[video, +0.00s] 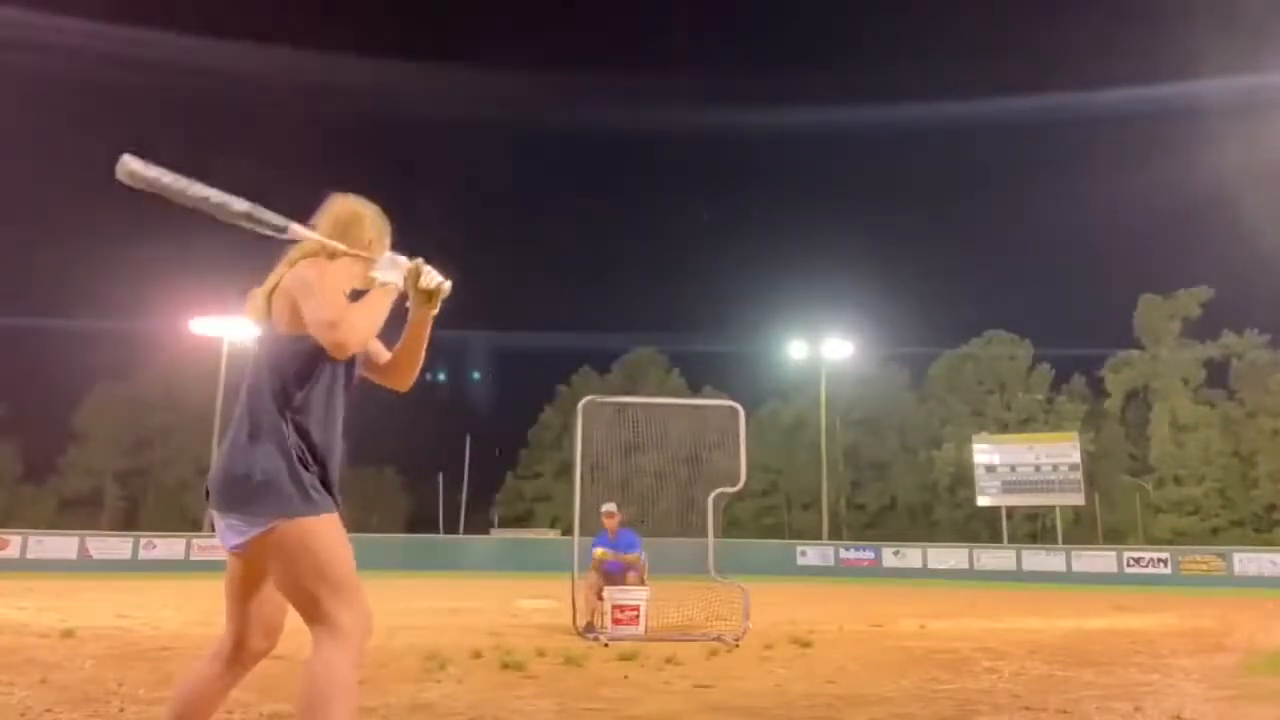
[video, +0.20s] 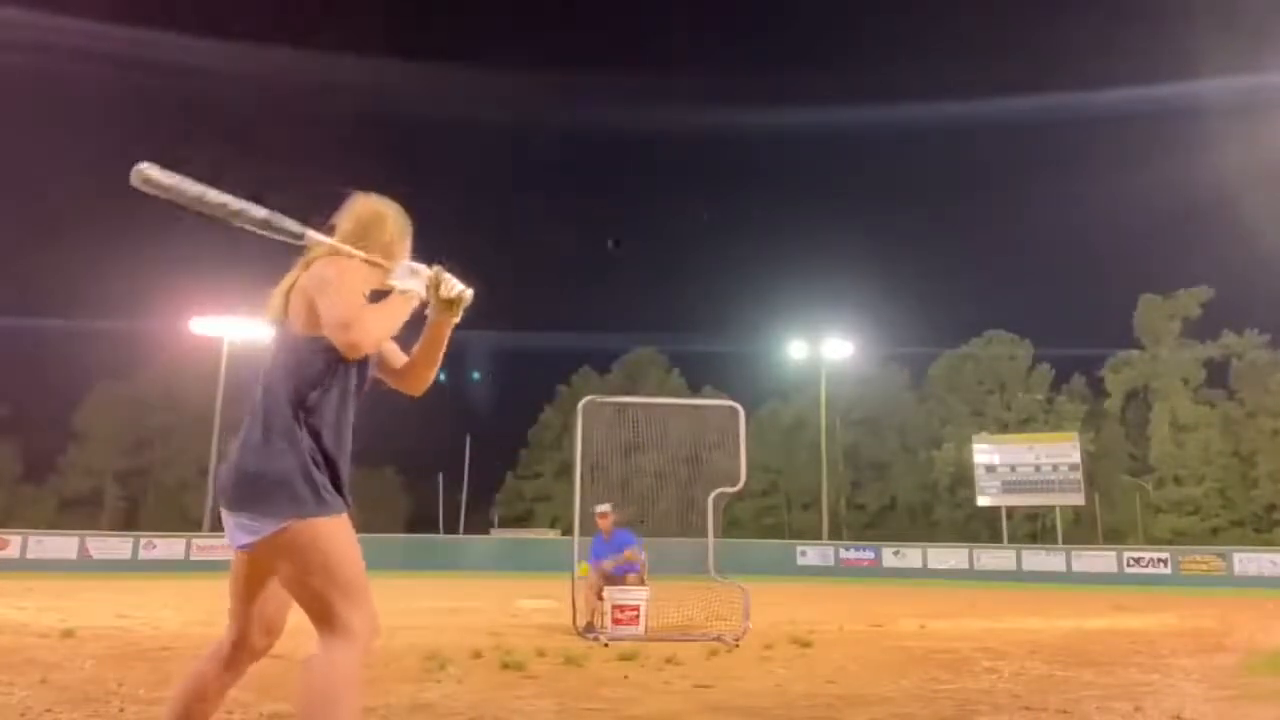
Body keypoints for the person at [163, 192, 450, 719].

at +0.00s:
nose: (378, 263)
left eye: (380, 257)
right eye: (376, 253)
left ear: (322, 236)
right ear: (360, 245)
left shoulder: (325, 297)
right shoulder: (315, 271)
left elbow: (398, 375)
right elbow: (342, 336)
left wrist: (423, 314)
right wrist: (390, 286)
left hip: (248, 475)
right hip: (274, 474)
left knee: (248, 639)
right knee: (345, 625)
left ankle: (176, 713)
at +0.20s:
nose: (398, 266)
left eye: (401, 258)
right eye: (398, 255)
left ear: (343, 234)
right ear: (388, 247)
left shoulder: (338, 292)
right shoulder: (336, 269)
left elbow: (413, 379)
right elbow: (353, 337)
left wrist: (445, 319)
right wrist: (411, 293)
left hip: (261, 476)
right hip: (286, 477)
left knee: (248, 638)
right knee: (351, 630)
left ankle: (176, 714)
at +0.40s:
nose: (426, 281)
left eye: (429, 272)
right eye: (427, 267)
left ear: (390, 240)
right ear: (411, 248)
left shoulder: (377, 309)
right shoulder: (353, 268)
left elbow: (424, 391)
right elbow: (365, 333)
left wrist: (470, 348)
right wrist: (445, 309)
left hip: (307, 477)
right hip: (293, 475)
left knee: (332, 634)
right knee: (369, 630)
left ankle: (242, 712)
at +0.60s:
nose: (457, 283)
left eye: (459, 273)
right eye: (458, 271)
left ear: (415, 257)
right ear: (442, 263)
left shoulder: (413, 316)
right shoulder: (367, 275)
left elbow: (428, 401)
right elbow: (341, 336)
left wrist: (462, 365)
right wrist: (437, 322)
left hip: (346, 486)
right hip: (299, 489)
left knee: (424, 591)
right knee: (372, 632)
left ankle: (339, 703)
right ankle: (329, 715)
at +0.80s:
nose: (473, 307)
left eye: (476, 299)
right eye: (472, 296)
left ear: (458, 292)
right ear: (450, 285)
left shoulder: (442, 333)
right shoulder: (387, 294)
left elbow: (456, 408)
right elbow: (321, 337)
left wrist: (459, 361)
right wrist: (413, 317)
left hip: (374, 493)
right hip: (316, 500)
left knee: (465, 587)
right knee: (389, 637)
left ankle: (414, 708)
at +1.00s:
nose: (509, 333)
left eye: (510, 322)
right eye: (506, 319)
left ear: (474, 317)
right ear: (481, 312)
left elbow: (484, 403)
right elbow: (308, 317)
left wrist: (453, 334)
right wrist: (396, 302)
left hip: (412, 524)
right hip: (349, 523)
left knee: (457, 627)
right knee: (394, 641)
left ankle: (411, 704)